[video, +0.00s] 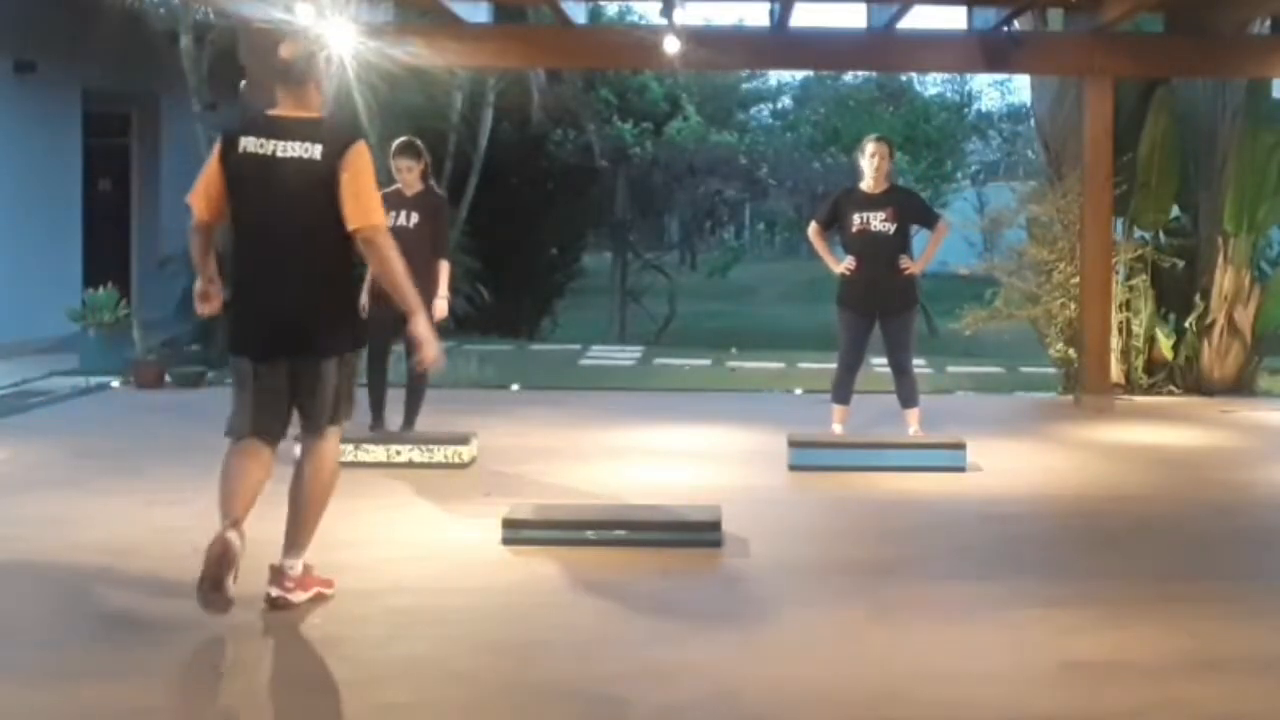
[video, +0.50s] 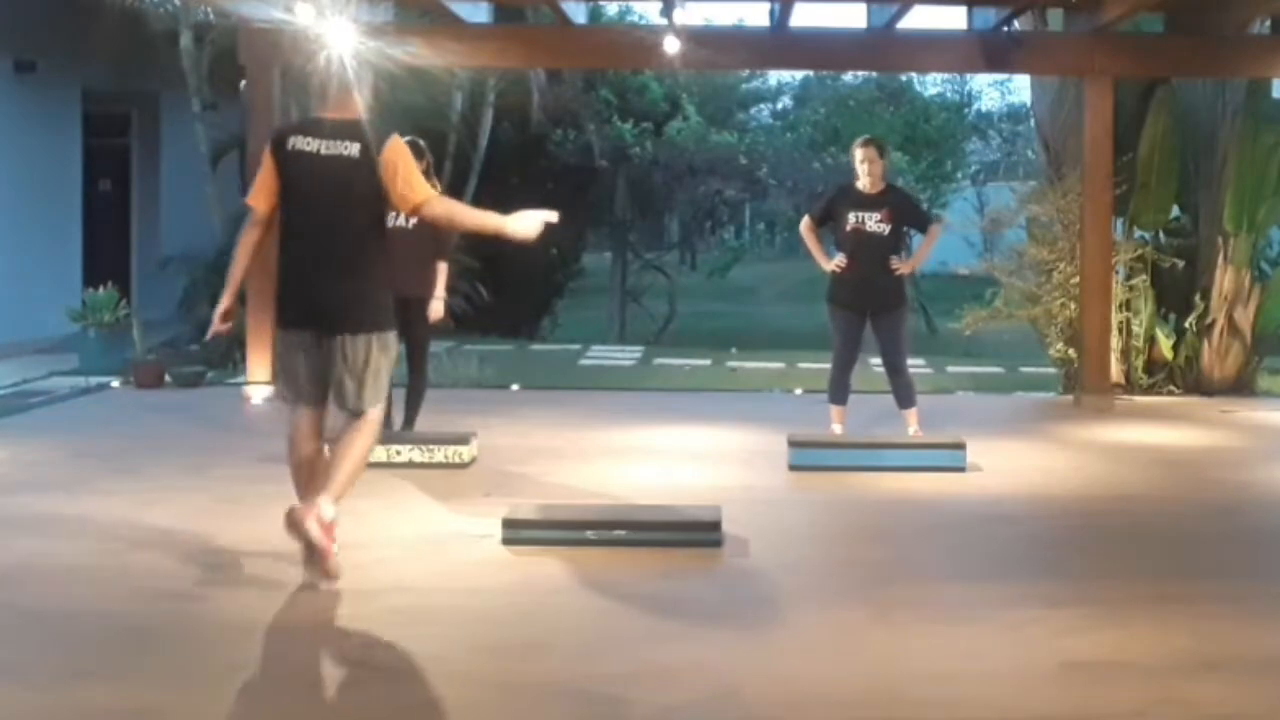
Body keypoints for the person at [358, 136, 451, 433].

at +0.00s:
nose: (403, 175)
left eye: (408, 169)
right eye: (398, 169)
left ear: (422, 166)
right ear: (392, 168)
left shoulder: (436, 203)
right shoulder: (384, 199)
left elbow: (443, 252)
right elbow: (376, 249)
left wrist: (442, 294)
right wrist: (365, 288)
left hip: (420, 291)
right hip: (384, 288)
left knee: (418, 359)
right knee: (376, 355)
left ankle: (409, 421)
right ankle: (376, 417)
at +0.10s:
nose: (403, 175)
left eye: (409, 168)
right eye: (399, 169)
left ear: (423, 166)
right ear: (393, 169)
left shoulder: (436, 202)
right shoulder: (386, 199)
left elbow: (444, 251)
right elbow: (376, 250)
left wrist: (444, 292)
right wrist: (367, 288)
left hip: (420, 293)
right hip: (386, 292)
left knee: (416, 361)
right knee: (379, 358)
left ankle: (409, 421)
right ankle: (374, 419)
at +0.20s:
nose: (405, 175)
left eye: (410, 168)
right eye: (400, 168)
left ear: (423, 168)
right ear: (392, 169)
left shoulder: (436, 203)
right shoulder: (385, 201)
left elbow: (446, 252)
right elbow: (376, 249)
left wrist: (444, 295)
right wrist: (368, 287)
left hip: (422, 294)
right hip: (387, 292)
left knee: (417, 361)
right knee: (378, 356)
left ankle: (409, 421)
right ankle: (375, 416)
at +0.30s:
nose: (403, 172)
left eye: (410, 166)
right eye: (399, 166)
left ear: (424, 167)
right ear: (391, 167)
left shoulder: (436, 203)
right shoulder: (384, 199)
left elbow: (445, 252)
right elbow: (373, 246)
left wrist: (443, 295)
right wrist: (367, 285)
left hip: (420, 294)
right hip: (385, 292)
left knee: (416, 361)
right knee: (379, 356)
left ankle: (409, 421)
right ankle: (377, 415)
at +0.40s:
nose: (405, 172)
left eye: (411, 165)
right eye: (400, 166)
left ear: (425, 166)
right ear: (391, 167)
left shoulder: (437, 204)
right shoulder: (383, 197)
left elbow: (444, 253)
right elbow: (370, 246)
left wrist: (441, 294)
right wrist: (368, 286)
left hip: (419, 293)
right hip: (385, 292)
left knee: (417, 361)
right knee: (380, 357)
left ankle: (409, 422)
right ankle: (379, 416)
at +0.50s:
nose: (405, 170)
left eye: (412, 163)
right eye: (401, 163)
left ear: (424, 165)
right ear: (392, 165)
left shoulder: (434, 203)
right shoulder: (382, 195)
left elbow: (443, 253)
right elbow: (371, 244)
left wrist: (438, 294)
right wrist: (370, 285)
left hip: (418, 293)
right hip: (383, 291)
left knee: (417, 361)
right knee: (378, 363)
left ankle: (409, 423)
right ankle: (382, 421)